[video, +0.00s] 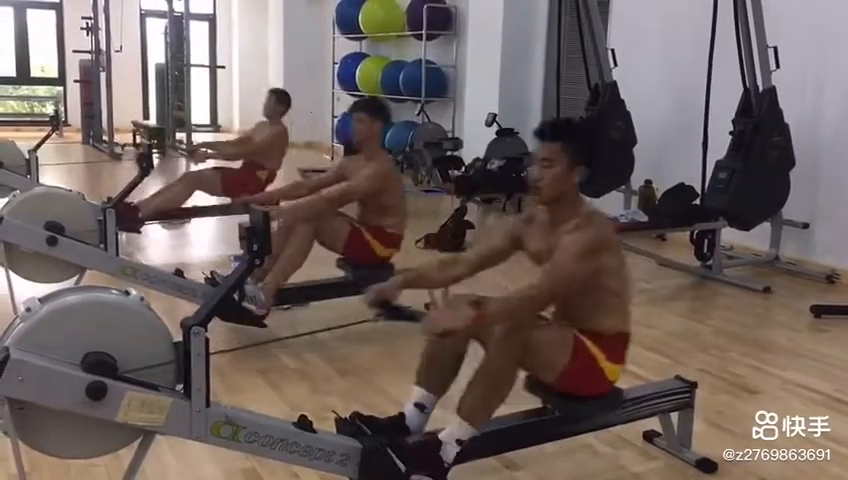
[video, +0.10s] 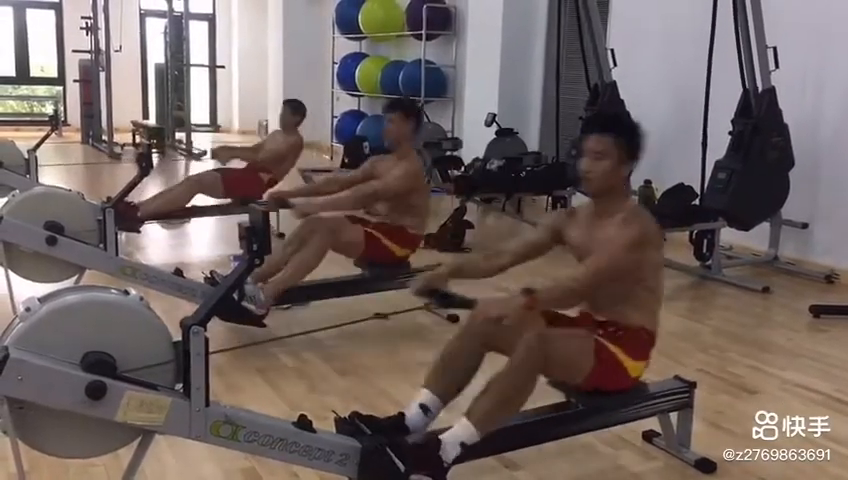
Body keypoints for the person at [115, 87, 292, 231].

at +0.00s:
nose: (265, 104)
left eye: (270, 101)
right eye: (267, 100)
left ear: (281, 109)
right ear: (272, 106)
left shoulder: (277, 133)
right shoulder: (263, 126)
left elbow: (244, 151)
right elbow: (237, 143)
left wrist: (206, 152)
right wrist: (205, 146)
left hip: (251, 182)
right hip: (243, 175)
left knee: (192, 180)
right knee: (187, 178)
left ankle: (140, 214)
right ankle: (138, 209)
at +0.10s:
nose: (281, 114)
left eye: (285, 112)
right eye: (283, 111)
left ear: (295, 117)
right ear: (289, 115)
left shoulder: (291, 141)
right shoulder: (278, 135)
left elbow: (261, 159)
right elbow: (256, 151)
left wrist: (231, 153)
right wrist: (230, 152)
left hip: (254, 183)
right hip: (247, 176)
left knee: (195, 183)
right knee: (192, 181)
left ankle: (139, 216)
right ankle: (139, 208)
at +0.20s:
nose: (290, 125)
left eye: (295, 123)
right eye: (291, 121)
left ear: (305, 127)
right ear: (292, 123)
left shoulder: (304, 149)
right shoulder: (284, 141)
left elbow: (282, 162)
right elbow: (264, 156)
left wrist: (251, 155)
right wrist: (244, 153)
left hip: (254, 184)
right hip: (246, 174)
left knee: (196, 184)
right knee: (192, 181)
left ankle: (139, 216)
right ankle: (138, 209)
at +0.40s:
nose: (287, 127)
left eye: (290, 123)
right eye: (288, 123)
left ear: (300, 127)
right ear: (301, 128)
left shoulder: (302, 154)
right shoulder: (296, 148)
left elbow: (309, 186)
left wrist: (290, 156)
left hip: (248, 183)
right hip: (245, 177)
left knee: (192, 180)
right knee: (191, 178)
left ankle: (138, 213)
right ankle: (137, 208)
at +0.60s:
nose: (280, 126)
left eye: (284, 123)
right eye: (281, 122)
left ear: (295, 125)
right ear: (286, 125)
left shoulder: (299, 153)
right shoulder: (282, 146)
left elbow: (295, 185)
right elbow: (266, 168)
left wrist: (266, 159)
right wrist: (252, 155)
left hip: (248, 183)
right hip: (241, 175)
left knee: (191, 182)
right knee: (187, 177)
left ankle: (135, 216)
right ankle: (133, 208)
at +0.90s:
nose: (258, 115)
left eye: (261, 111)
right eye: (258, 111)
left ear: (275, 113)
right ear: (270, 113)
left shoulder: (281, 139)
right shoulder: (265, 134)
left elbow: (269, 172)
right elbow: (248, 158)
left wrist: (237, 166)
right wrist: (224, 157)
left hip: (249, 183)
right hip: (240, 177)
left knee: (191, 187)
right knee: (187, 183)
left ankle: (132, 216)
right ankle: (130, 210)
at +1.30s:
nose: (236, 111)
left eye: (240, 107)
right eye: (236, 107)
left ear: (253, 108)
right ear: (245, 109)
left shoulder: (263, 135)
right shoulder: (246, 134)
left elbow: (256, 170)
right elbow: (229, 160)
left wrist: (219, 181)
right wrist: (203, 168)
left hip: (250, 189)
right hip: (238, 184)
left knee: (194, 198)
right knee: (190, 194)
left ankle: (132, 218)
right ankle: (130, 213)